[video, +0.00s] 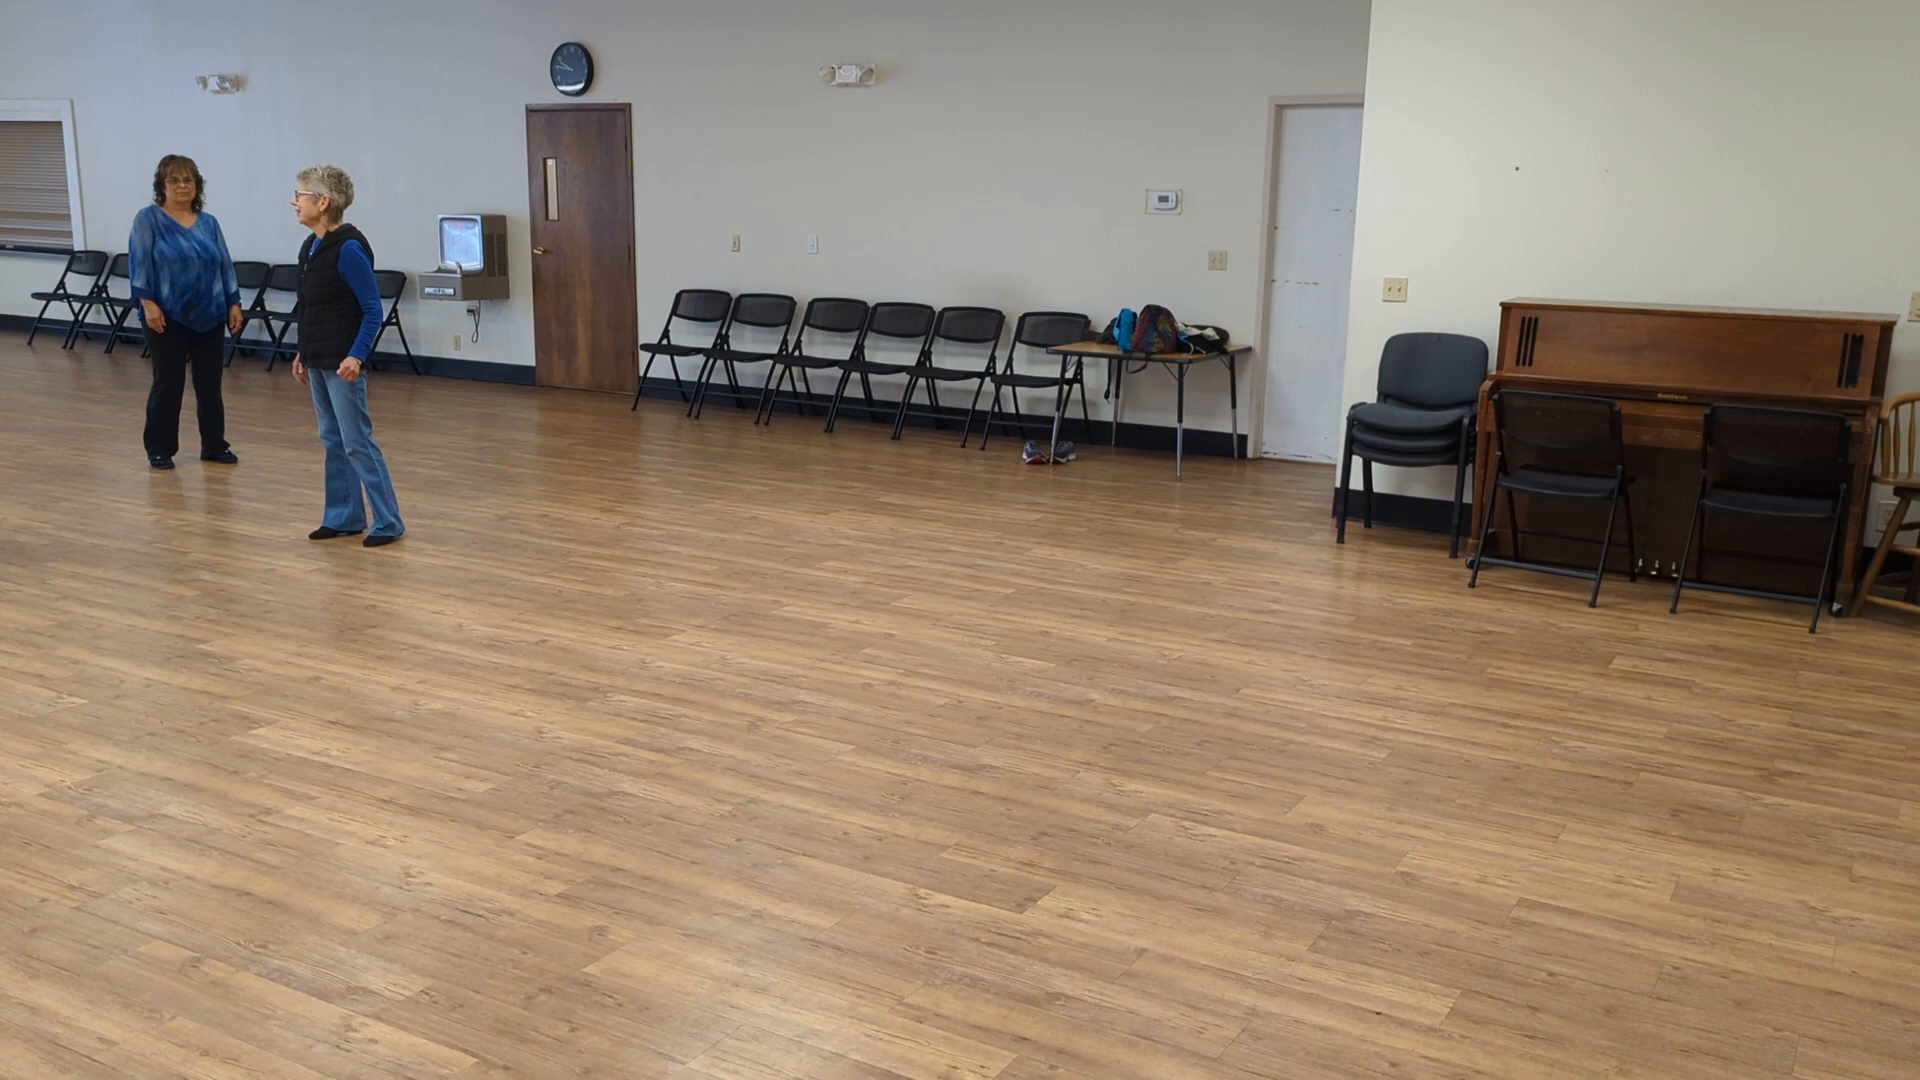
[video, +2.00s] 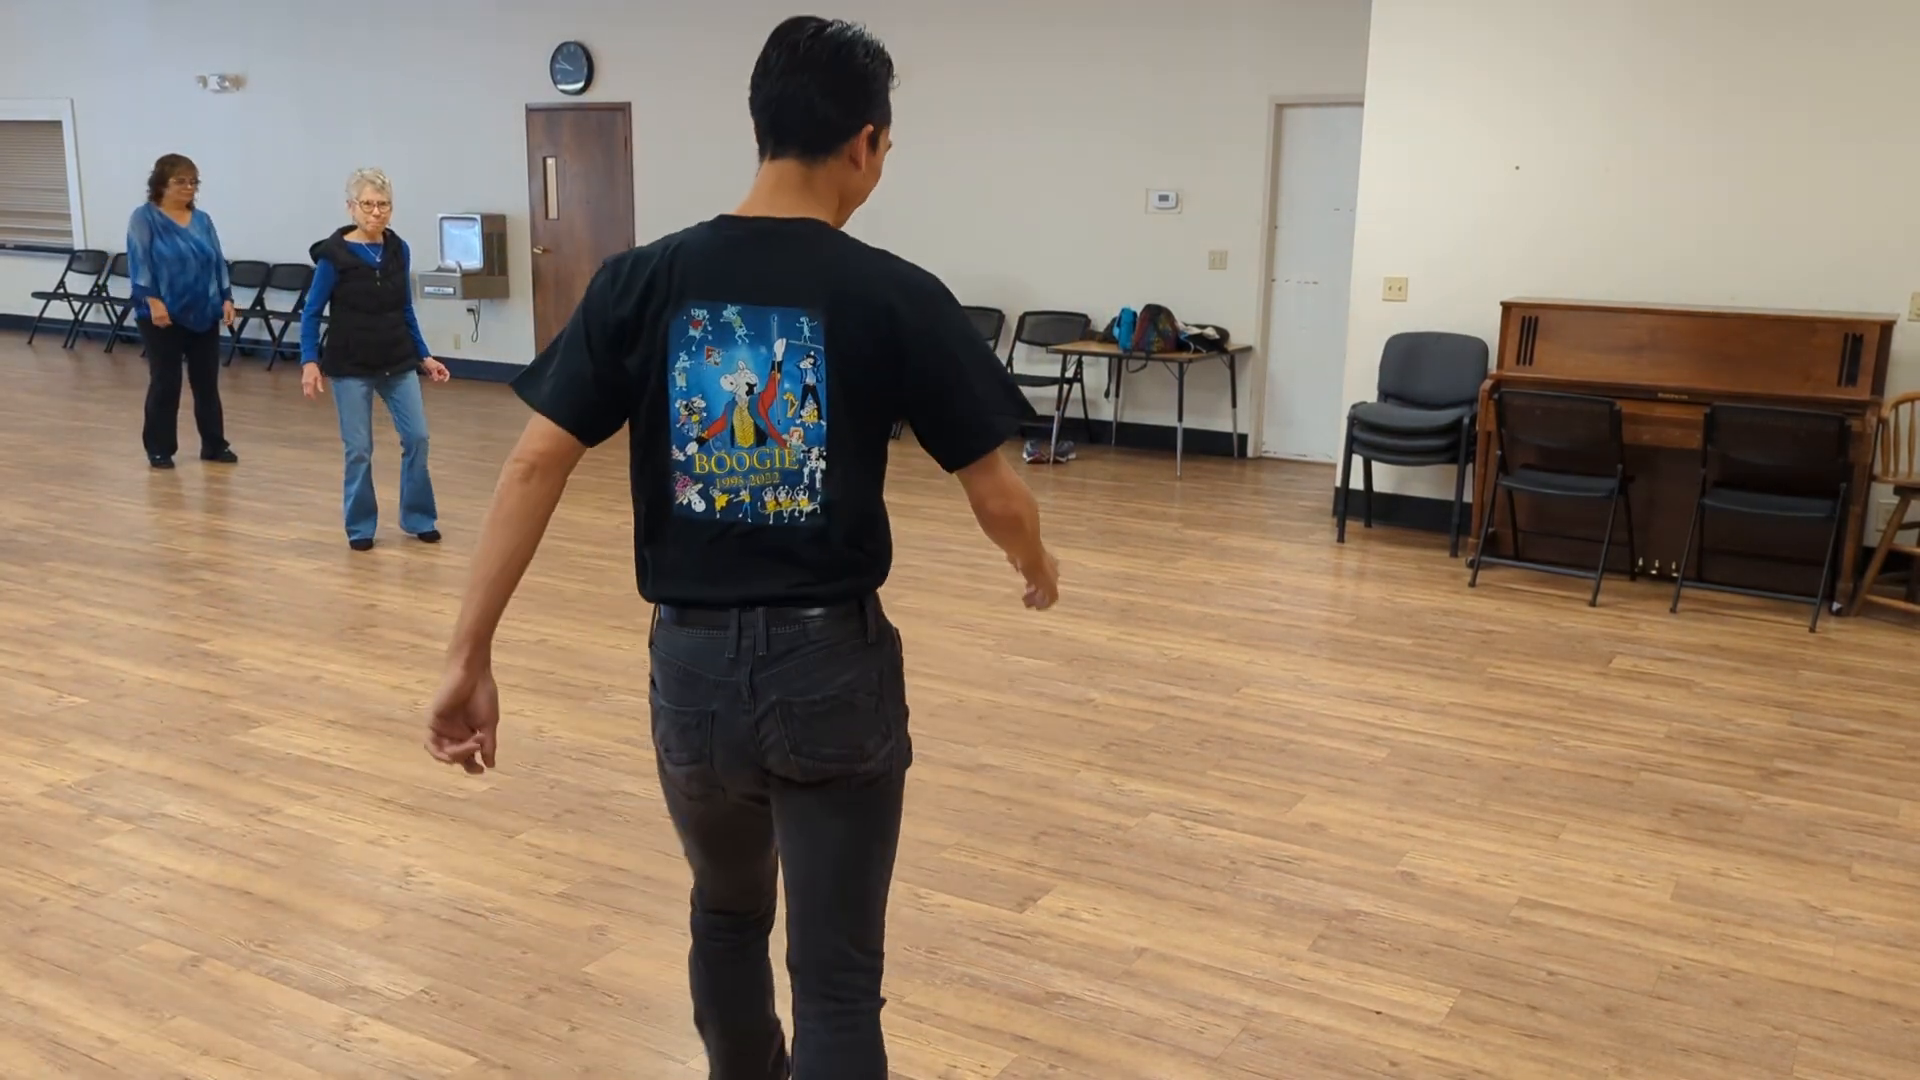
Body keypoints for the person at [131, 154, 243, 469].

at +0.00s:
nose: (182, 186)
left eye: (187, 180)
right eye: (174, 181)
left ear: (197, 185)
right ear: (162, 185)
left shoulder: (208, 222)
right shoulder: (148, 218)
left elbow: (226, 266)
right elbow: (139, 266)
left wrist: (234, 303)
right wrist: (148, 303)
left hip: (208, 315)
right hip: (167, 315)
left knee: (210, 385)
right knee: (168, 384)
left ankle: (214, 446)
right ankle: (160, 451)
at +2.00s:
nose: (190, 187)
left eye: (193, 181)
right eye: (182, 181)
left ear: (196, 184)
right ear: (163, 183)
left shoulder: (202, 219)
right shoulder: (144, 217)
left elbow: (219, 262)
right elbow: (139, 264)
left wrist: (226, 298)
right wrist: (153, 300)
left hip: (203, 313)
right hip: (163, 314)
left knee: (206, 383)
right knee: (166, 383)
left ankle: (214, 445)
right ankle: (159, 451)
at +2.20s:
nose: (194, 187)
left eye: (196, 182)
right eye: (186, 181)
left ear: (198, 185)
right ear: (167, 183)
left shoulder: (202, 219)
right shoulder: (145, 218)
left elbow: (219, 261)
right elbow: (142, 268)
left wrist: (224, 293)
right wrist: (166, 296)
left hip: (204, 312)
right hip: (163, 314)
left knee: (207, 383)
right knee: (167, 382)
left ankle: (214, 445)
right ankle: (159, 450)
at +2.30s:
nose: (195, 187)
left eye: (198, 182)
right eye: (188, 181)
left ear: (199, 185)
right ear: (169, 183)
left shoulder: (204, 219)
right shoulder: (148, 217)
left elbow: (220, 262)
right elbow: (142, 265)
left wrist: (228, 297)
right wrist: (161, 299)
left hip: (206, 313)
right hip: (165, 313)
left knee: (208, 383)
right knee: (167, 382)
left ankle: (214, 445)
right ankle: (159, 450)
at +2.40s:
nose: (198, 187)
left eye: (201, 182)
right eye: (191, 182)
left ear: (202, 184)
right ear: (172, 183)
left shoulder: (206, 219)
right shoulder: (151, 218)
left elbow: (223, 263)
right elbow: (144, 264)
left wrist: (234, 300)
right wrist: (154, 301)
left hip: (208, 314)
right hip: (169, 314)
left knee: (210, 383)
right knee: (170, 383)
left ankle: (214, 445)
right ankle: (160, 451)